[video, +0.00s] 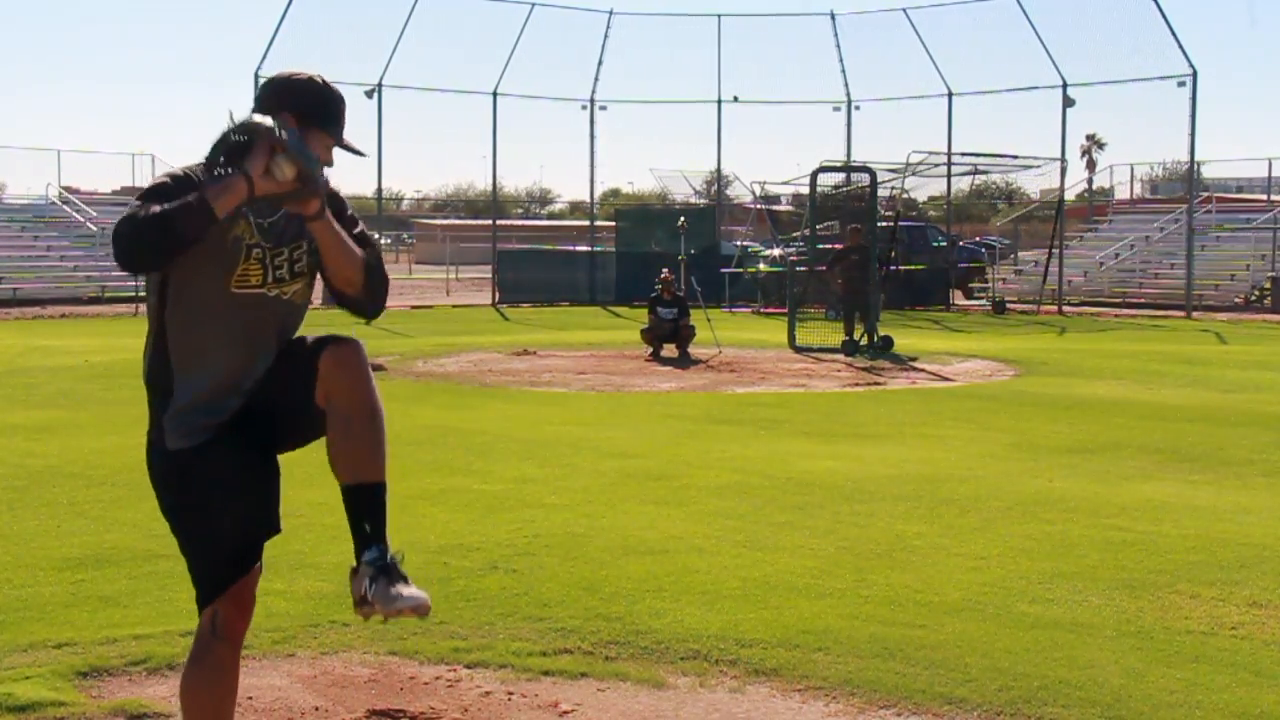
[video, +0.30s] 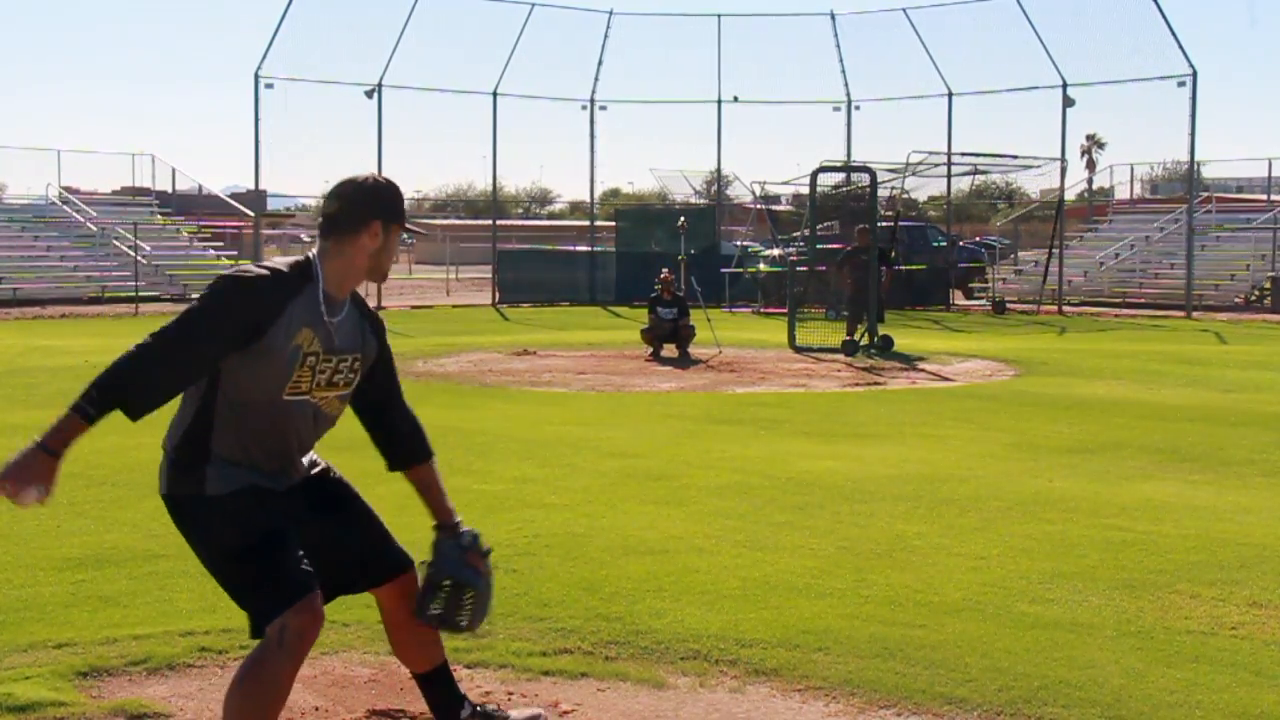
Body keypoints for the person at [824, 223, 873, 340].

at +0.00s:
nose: (855, 238)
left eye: (857, 235)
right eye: (853, 235)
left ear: (861, 236)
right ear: (848, 236)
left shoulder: (867, 251)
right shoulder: (843, 252)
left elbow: (880, 265)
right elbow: (830, 268)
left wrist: (874, 282)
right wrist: (835, 284)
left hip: (864, 288)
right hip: (848, 288)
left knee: (868, 317)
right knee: (848, 317)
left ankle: (871, 344)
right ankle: (849, 342)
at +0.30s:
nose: (863, 238)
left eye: (866, 235)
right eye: (861, 235)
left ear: (870, 236)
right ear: (856, 237)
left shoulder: (877, 251)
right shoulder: (851, 252)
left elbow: (889, 266)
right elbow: (839, 267)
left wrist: (886, 282)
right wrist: (845, 281)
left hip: (873, 287)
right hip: (856, 287)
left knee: (873, 317)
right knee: (853, 316)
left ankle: (872, 343)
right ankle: (849, 340)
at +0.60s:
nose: (867, 238)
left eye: (870, 235)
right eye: (865, 235)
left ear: (874, 236)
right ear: (860, 237)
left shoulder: (883, 251)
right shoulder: (856, 252)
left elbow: (894, 266)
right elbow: (844, 268)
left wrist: (889, 283)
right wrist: (851, 281)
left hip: (878, 288)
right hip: (861, 288)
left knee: (875, 316)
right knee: (856, 316)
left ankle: (873, 342)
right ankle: (852, 340)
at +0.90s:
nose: (867, 239)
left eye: (869, 235)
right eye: (864, 236)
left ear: (874, 236)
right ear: (860, 237)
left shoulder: (884, 251)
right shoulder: (857, 252)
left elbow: (895, 266)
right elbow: (844, 267)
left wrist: (890, 282)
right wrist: (851, 280)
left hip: (878, 288)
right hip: (862, 287)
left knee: (876, 315)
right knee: (858, 316)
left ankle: (874, 340)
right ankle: (852, 340)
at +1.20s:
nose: (866, 239)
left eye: (869, 236)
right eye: (864, 236)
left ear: (874, 236)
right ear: (860, 237)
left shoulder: (883, 251)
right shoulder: (856, 252)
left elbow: (895, 267)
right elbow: (844, 267)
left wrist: (889, 283)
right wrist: (850, 280)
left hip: (878, 289)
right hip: (861, 288)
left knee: (875, 316)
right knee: (857, 316)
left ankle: (873, 341)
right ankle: (852, 339)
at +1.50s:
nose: (865, 239)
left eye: (868, 236)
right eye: (863, 236)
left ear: (873, 237)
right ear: (860, 237)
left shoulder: (883, 252)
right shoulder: (855, 252)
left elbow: (894, 268)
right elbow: (843, 268)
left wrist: (888, 284)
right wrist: (850, 281)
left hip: (877, 289)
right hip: (860, 288)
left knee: (874, 316)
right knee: (856, 316)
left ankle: (872, 341)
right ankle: (852, 340)